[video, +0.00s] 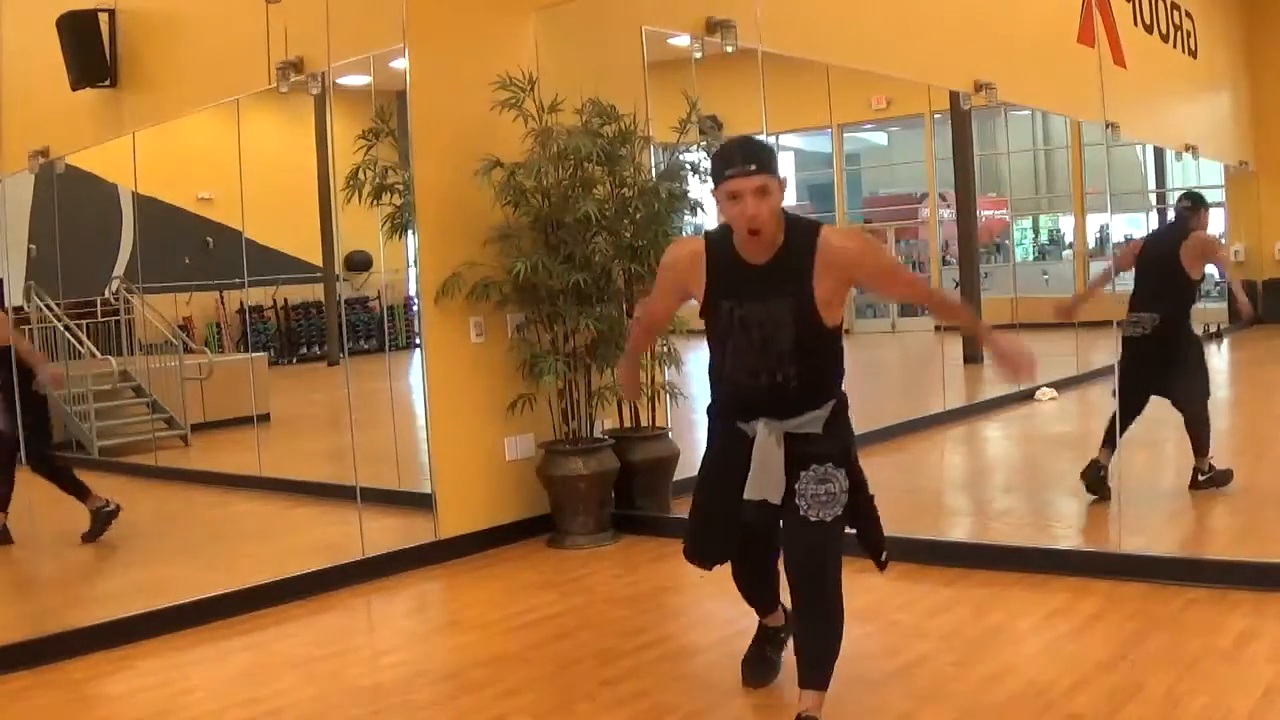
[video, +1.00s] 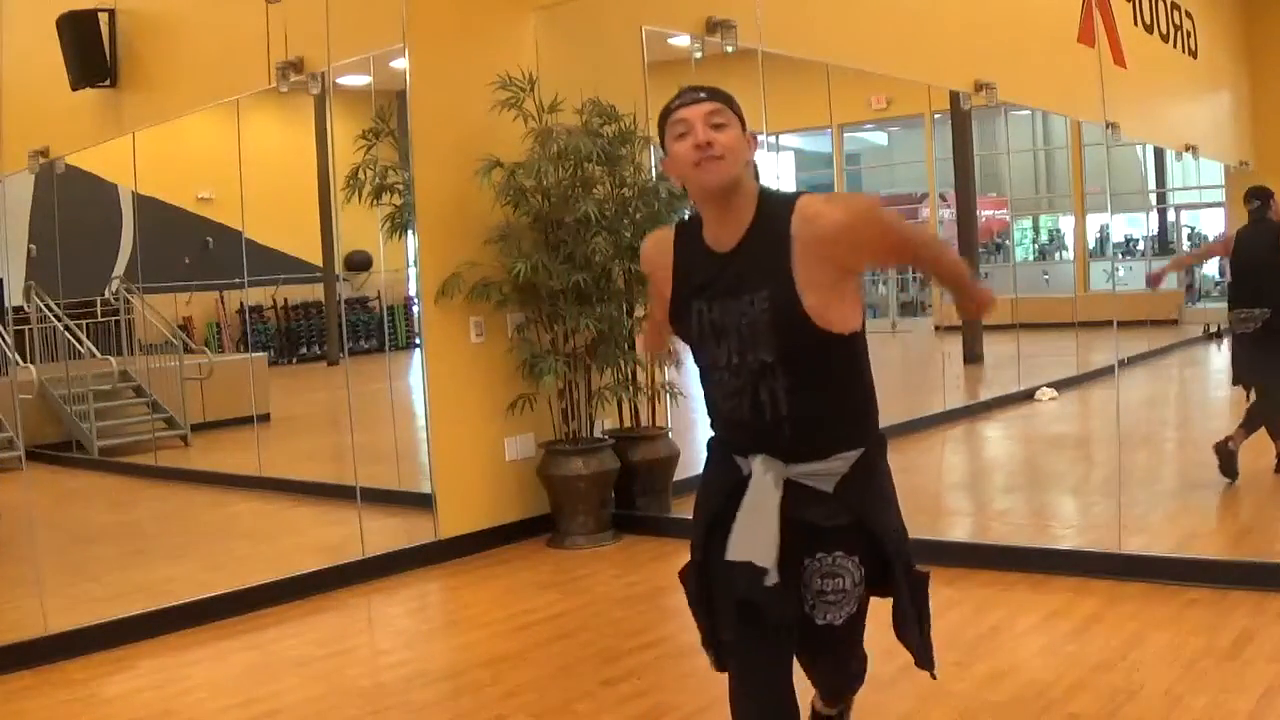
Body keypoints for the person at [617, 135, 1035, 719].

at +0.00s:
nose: (749, 213)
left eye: (760, 194)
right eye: (734, 198)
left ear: (781, 190)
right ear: (717, 201)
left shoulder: (835, 250)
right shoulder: (689, 260)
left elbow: (924, 294)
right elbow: (651, 318)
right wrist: (630, 362)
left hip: (815, 433)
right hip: (737, 436)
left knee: (813, 571)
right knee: (746, 553)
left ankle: (810, 706)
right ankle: (773, 620)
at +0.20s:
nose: (774, 182)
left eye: (785, 167)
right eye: (759, 171)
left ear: (806, 168)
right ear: (741, 178)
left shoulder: (852, 228)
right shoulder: (709, 242)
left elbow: (821, 300)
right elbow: (693, 322)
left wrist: (737, 324)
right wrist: (694, 361)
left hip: (828, 427)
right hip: (744, 429)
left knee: (825, 577)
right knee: (734, 575)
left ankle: (812, 707)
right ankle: (746, 695)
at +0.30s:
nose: (767, 166)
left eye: (782, 153)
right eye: (751, 155)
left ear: (806, 161)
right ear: (732, 164)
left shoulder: (847, 212)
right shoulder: (716, 231)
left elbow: (776, 203)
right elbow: (696, 228)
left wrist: (695, 161)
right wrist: (740, 200)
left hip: (834, 430)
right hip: (748, 432)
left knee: (827, 583)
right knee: (735, 581)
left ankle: (812, 709)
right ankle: (727, 710)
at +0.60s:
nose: (762, 159)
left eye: (774, 145)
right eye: (744, 148)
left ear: (797, 153)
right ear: (719, 160)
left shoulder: (840, 199)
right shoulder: (710, 232)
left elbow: (771, 186)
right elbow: (678, 241)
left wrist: (675, 161)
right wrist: (708, 173)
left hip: (848, 438)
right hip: (760, 442)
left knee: (836, 599)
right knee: (750, 599)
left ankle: (813, 710)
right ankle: (757, 716)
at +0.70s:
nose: (756, 162)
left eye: (768, 147)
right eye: (737, 153)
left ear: (790, 159)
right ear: (717, 175)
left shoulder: (839, 217)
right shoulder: (694, 252)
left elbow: (809, 283)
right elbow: (681, 318)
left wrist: (746, 321)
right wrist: (680, 380)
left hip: (853, 467)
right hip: (762, 475)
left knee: (840, 658)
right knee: (783, 661)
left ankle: (793, 711)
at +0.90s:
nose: (719, 146)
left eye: (732, 133)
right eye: (698, 142)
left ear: (761, 156)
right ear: (683, 179)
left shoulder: (835, 244)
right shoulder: (675, 276)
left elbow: (916, 333)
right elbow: (663, 373)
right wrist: (649, 454)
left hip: (840, 481)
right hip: (745, 484)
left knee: (833, 641)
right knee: (756, 657)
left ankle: (817, 709)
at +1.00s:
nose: (703, 138)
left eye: (718, 124)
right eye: (683, 134)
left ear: (750, 145)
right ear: (669, 169)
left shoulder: (830, 225)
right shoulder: (665, 254)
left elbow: (927, 251)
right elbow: (663, 309)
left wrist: (971, 292)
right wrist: (654, 335)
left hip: (831, 474)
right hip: (738, 476)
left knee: (828, 644)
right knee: (750, 661)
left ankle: (832, 706)